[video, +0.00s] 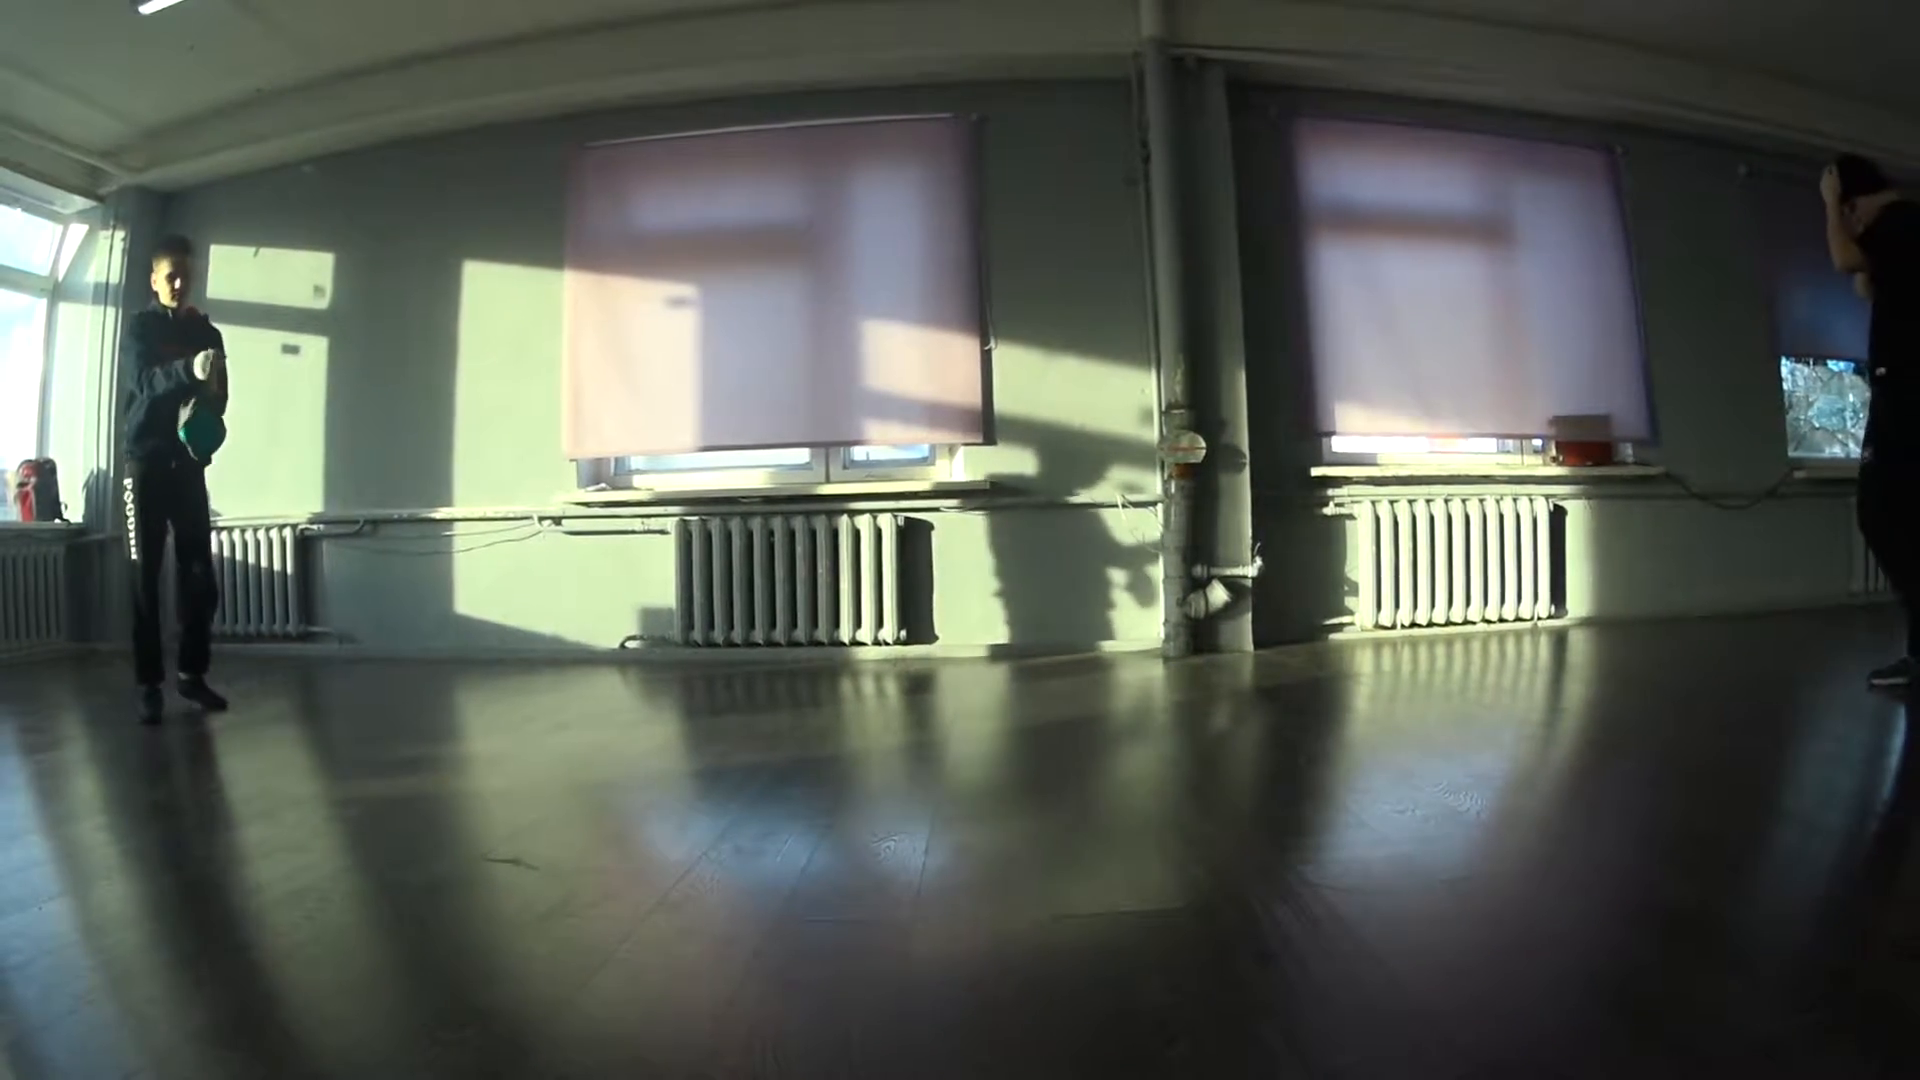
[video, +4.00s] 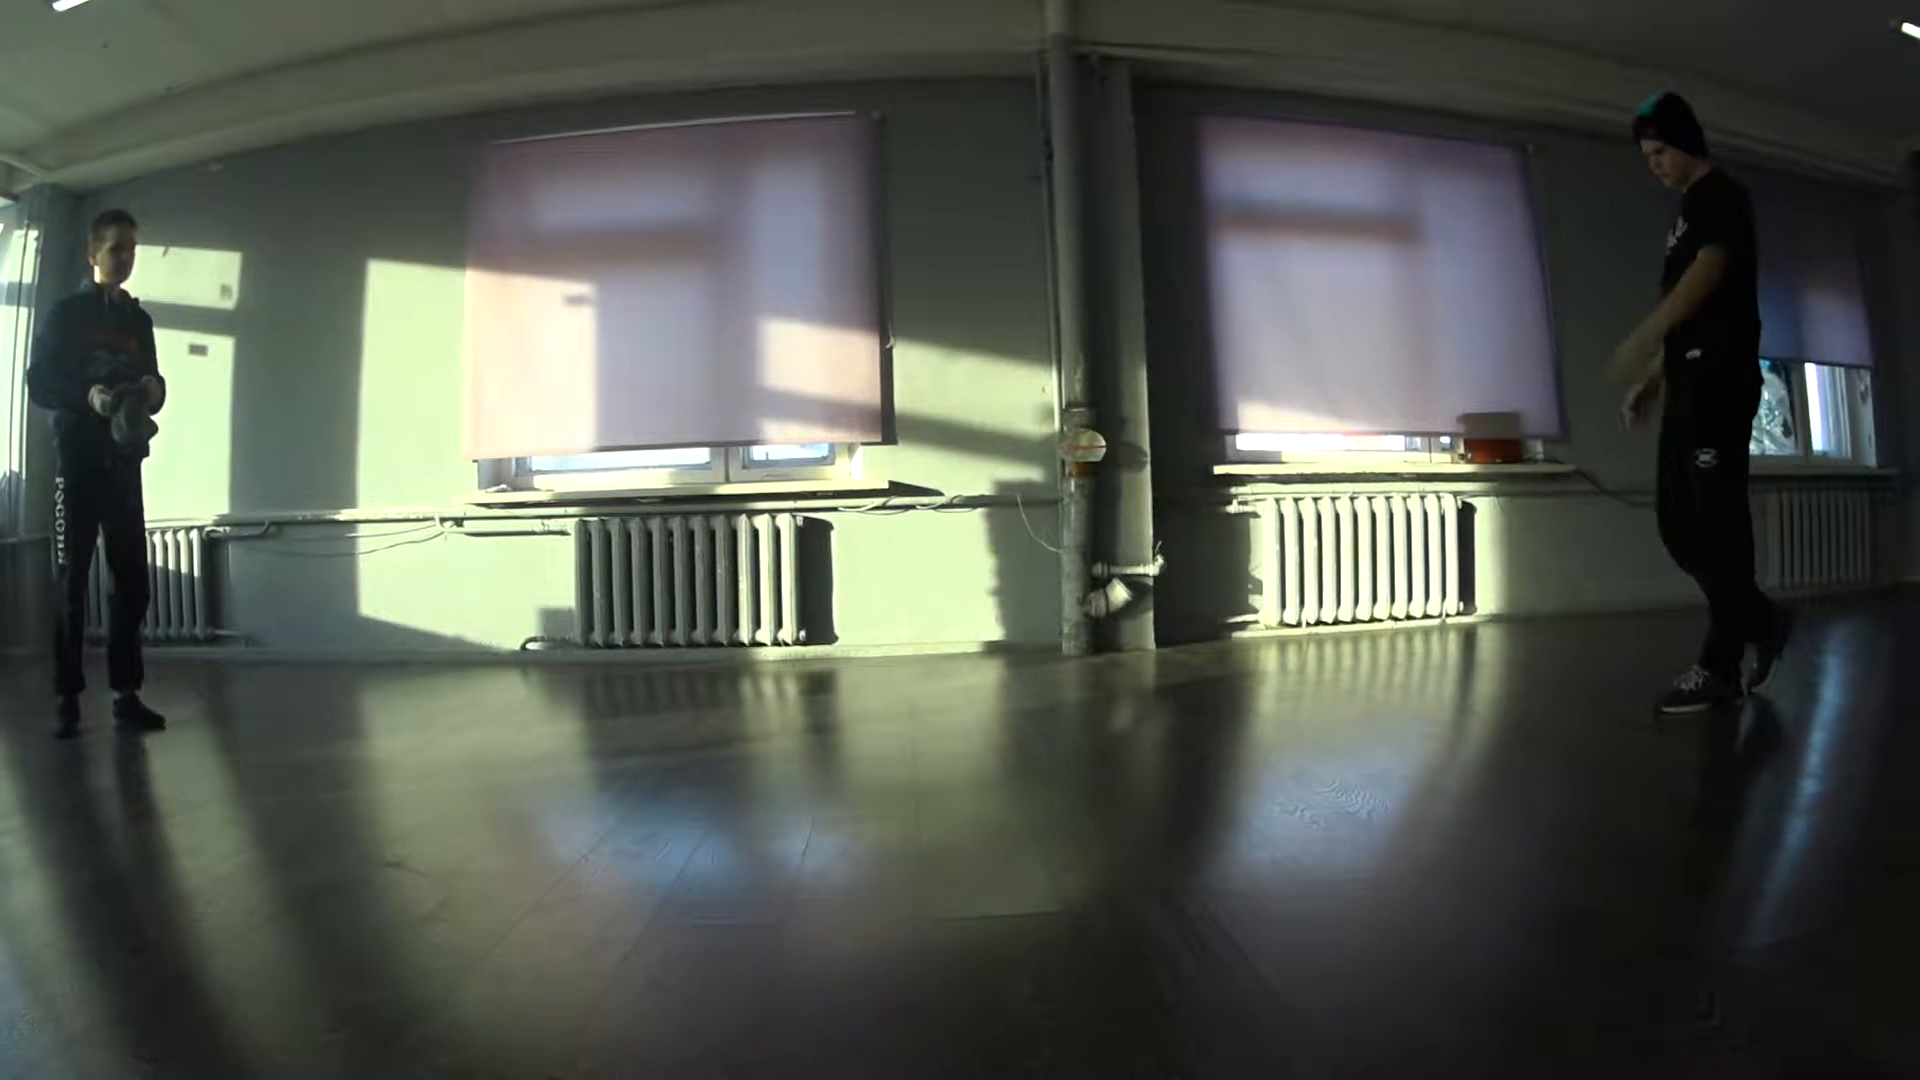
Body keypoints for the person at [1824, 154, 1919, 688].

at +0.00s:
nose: (1842, 217)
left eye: (1842, 204)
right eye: (1840, 205)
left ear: (1856, 200)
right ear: (1876, 191)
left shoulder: (1895, 224)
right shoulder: (1895, 225)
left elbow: (1847, 259)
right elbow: (1862, 280)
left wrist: (1830, 205)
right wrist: (1845, 214)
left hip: (1902, 403)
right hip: (1898, 400)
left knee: (1881, 514)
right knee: (1887, 514)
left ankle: (1917, 652)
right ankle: (1915, 651)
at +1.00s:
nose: (1776, 185)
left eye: (1782, 175)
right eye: (1772, 178)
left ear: (1805, 172)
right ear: (1780, 181)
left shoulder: (1845, 216)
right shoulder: (1786, 237)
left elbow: (1809, 211)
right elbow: (1738, 259)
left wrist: (1779, 161)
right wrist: (1767, 199)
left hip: (1852, 383)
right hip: (1811, 387)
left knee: (1855, 516)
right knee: (1829, 519)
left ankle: (1888, 650)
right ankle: (1855, 652)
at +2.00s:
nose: (1813, 159)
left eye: (1819, 147)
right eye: (1804, 152)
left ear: (1840, 148)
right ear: (1798, 161)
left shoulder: (1875, 203)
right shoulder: (1802, 215)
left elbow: (1875, 191)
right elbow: (1742, 231)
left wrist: (1834, 124)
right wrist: (1763, 161)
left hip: (1874, 380)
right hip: (1817, 383)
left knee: (1882, 519)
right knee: (1803, 517)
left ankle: (1878, 660)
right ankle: (1833, 649)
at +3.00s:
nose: (1725, 172)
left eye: (1729, 163)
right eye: (1723, 164)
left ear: (1752, 157)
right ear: (1734, 165)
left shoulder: (1799, 204)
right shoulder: (1740, 227)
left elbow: (1765, 205)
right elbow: (1696, 268)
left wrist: (1728, 151)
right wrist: (1707, 206)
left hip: (1801, 374)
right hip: (1762, 378)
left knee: (1788, 516)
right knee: (1779, 519)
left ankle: (1831, 650)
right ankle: (1808, 655)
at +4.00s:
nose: (1653, 165)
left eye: (1658, 152)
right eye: (1648, 156)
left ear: (1685, 145)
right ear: (1661, 153)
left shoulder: (1720, 196)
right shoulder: (1693, 206)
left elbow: (1706, 276)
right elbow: (1692, 307)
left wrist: (1643, 338)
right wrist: (1658, 380)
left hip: (1723, 377)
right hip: (1692, 378)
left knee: (1717, 520)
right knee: (1680, 521)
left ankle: (1720, 669)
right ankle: (1763, 624)